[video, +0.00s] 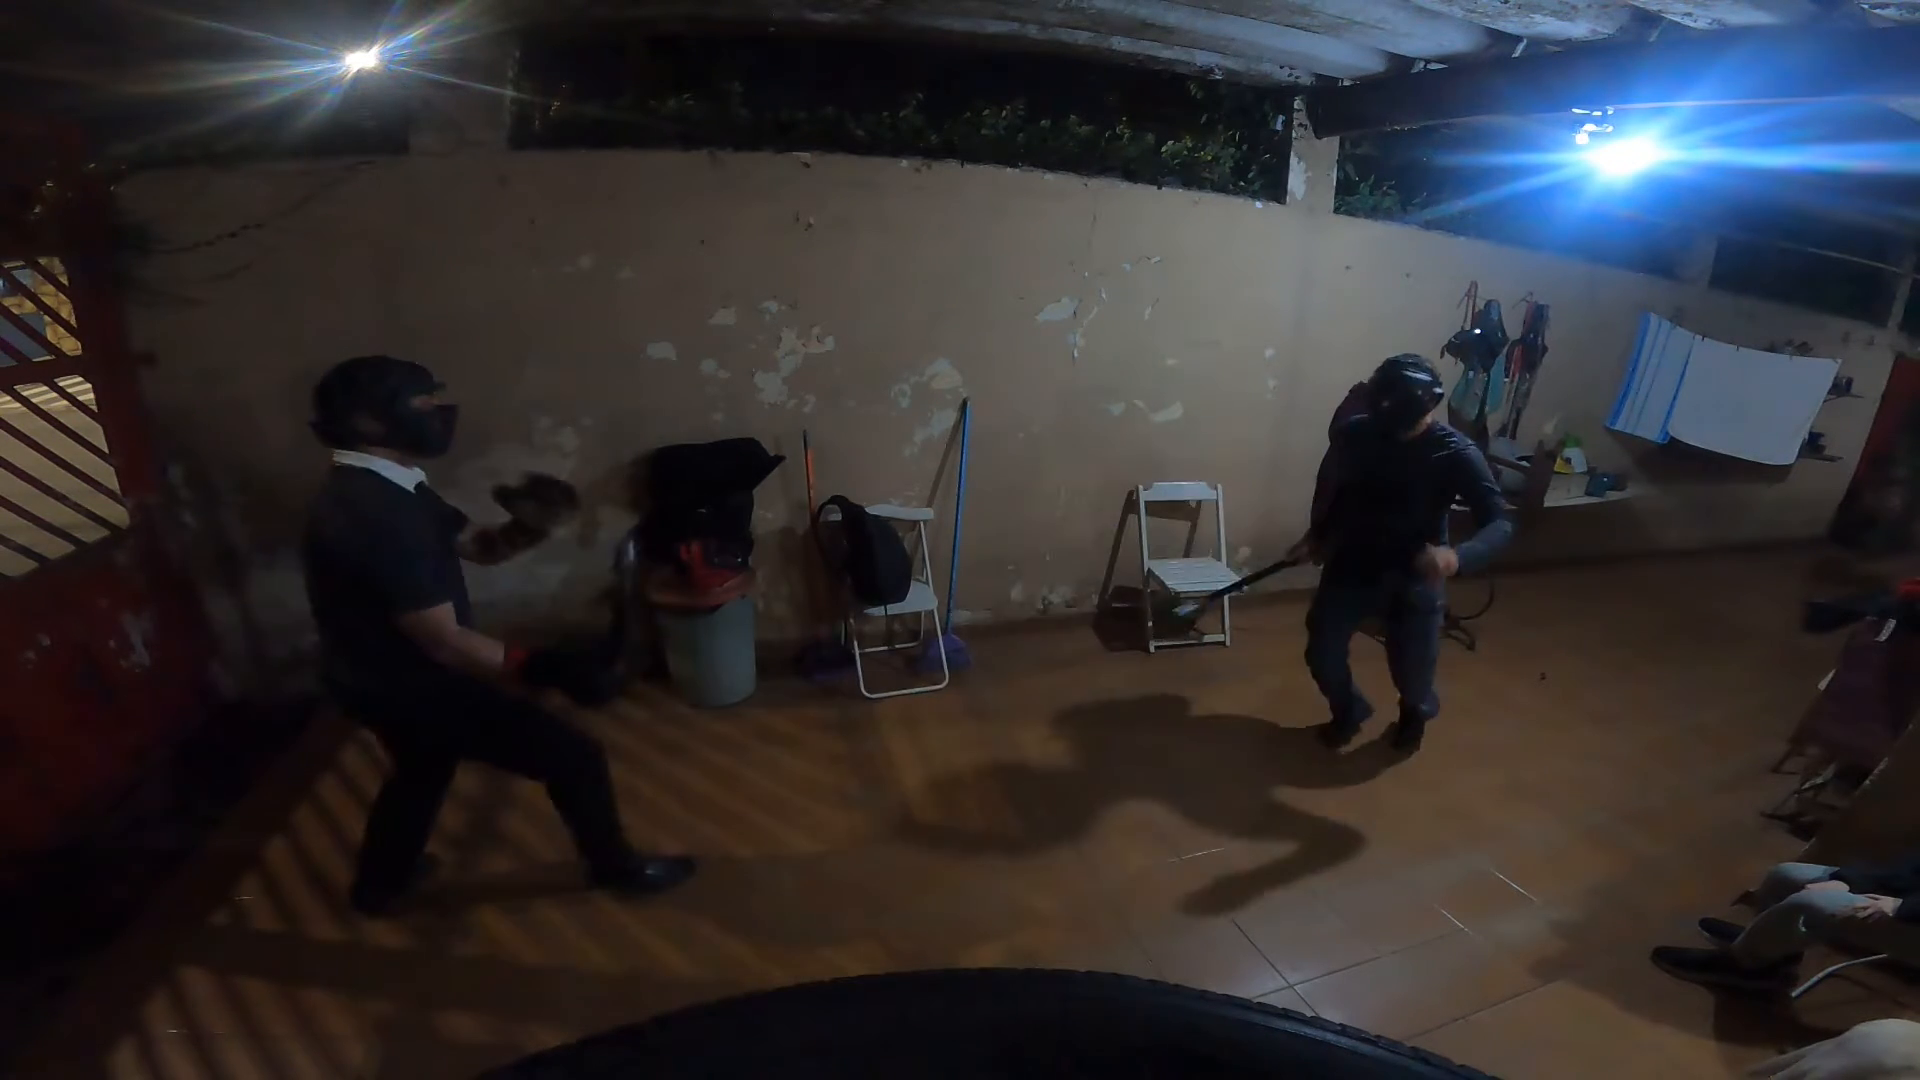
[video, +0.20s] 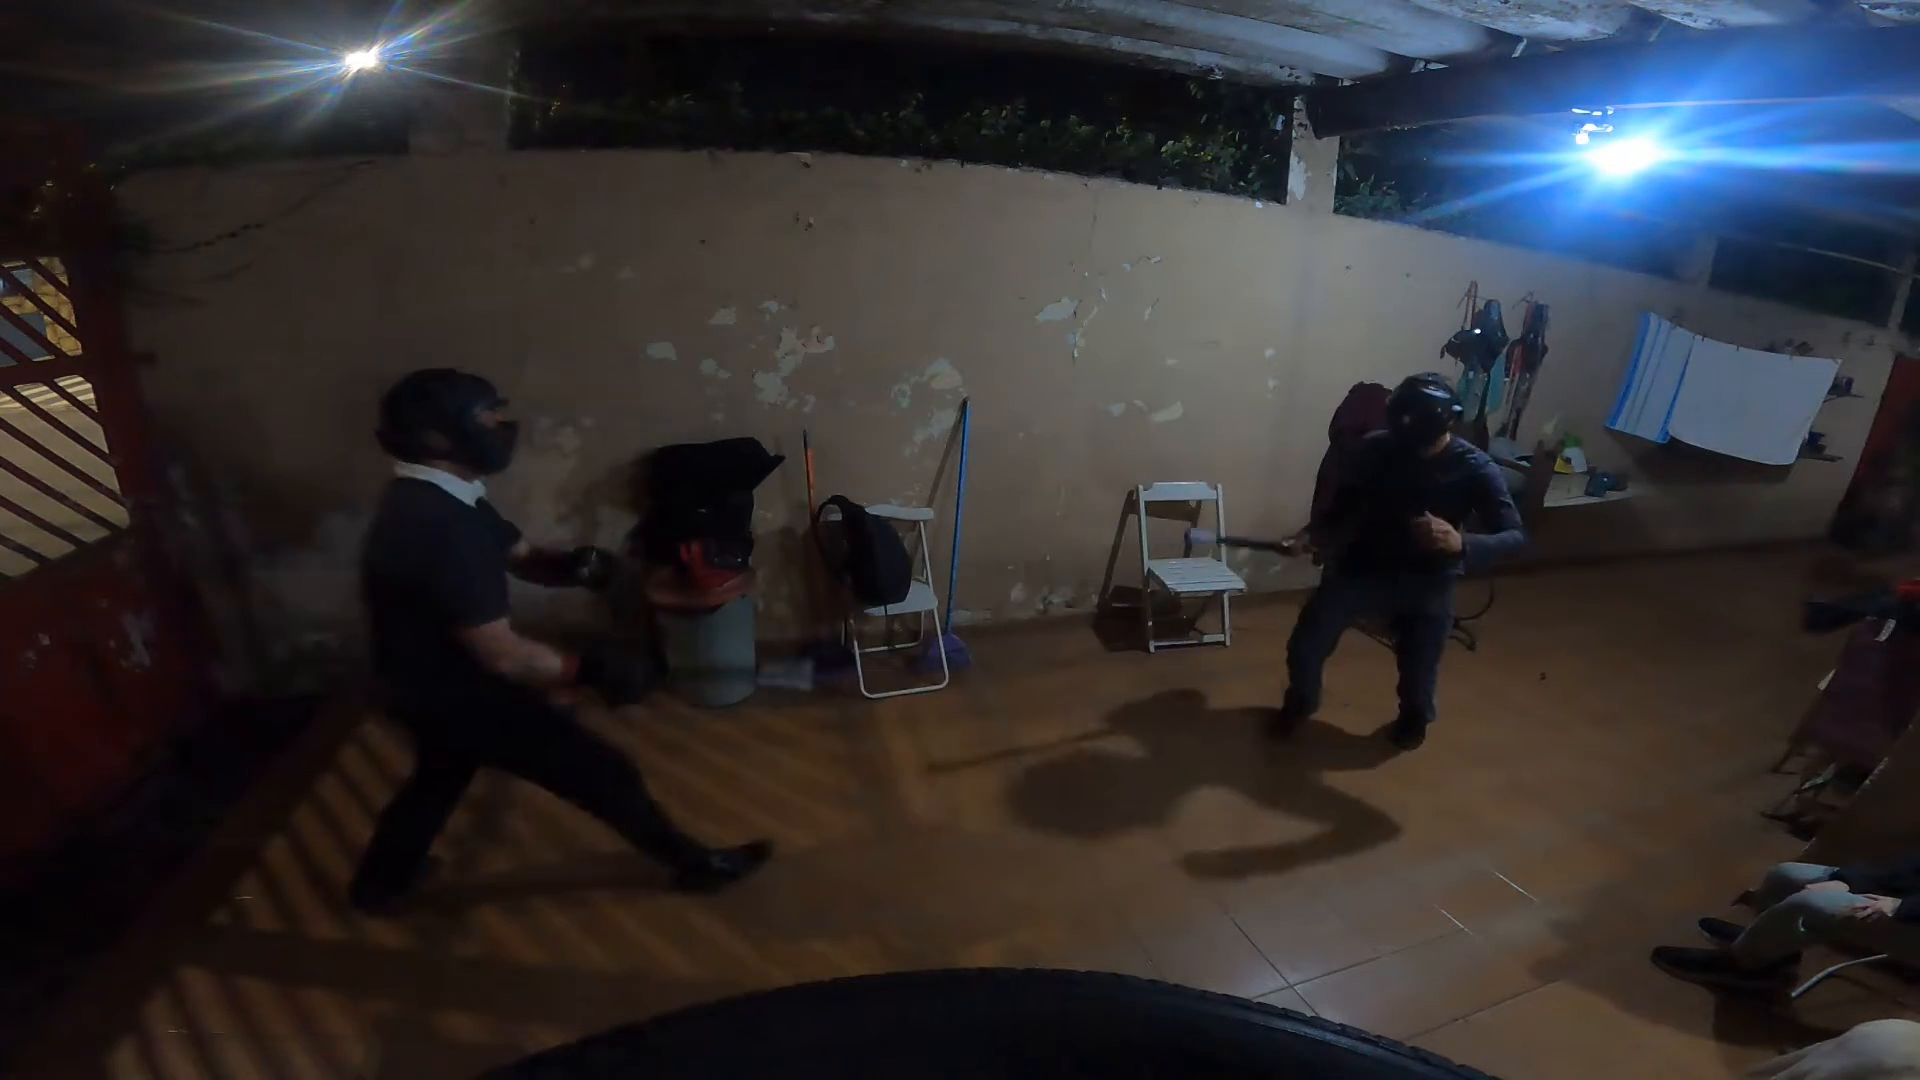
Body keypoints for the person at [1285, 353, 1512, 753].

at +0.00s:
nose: (1393, 424)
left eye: (1404, 416)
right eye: (1387, 413)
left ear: (1427, 410)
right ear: (1377, 402)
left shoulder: (1454, 453)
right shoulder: (1354, 435)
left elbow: (1500, 525)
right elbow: (1331, 493)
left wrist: (1458, 556)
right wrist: (1316, 537)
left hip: (1414, 571)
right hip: (1353, 560)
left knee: (1411, 671)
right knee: (1322, 655)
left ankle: (1414, 714)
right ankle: (1348, 711)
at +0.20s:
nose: (1410, 444)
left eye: (1419, 436)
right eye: (1403, 432)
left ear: (1445, 426)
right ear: (1394, 423)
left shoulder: (1475, 469)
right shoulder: (1375, 451)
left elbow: (1515, 537)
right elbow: (1344, 510)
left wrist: (1463, 541)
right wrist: (1315, 538)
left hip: (1427, 578)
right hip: (1362, 566)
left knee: (1418, 663)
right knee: (1304, 645)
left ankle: (1414, 720)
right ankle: (1301, 700)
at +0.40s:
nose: (1393, 438)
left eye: (1402, 431)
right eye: (1388, 429)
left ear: (1424, 422)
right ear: (1379, 416)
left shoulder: (1455, 464)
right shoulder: (1354, 445)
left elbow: (1485, 523)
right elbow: (1320, 493)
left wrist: (1472, 577)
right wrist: (1278, 531)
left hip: (1407, 575)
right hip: (1343, 564)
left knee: (1404, 661)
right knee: (1298, 629)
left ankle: (1410, 720)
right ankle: (1265, 707)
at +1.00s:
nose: (1306, 504)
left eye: (1313, 495)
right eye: (1296, 494)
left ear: (1330, 487)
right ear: (1283, 482)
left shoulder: (1350, 520)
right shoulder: (1256, 504)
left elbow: (1357, 584)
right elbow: (1182, 548)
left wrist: (1313, 604)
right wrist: (1199, 592)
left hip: (1316, 616)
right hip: (1250, 609)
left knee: (1356, 698)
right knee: (1200, 687)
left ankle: (1348, 720)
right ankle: (1127, 760)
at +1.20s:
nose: (1311, 528)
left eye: (1317, 520)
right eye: (1303, 519)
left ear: (1323, 515)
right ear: (1278, 515)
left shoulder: (1334, 532)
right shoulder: (1240, 535)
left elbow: (1380, 555)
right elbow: (1163, 563)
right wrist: (1081, 580)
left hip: (1299, 626)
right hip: (1235, 626)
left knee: (1351, 694)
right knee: (1196, 703)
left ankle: (1347, 720)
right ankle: (1126, 764)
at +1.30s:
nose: (1312, 510)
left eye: (1319, 500)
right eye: (1302, 499)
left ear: (1326, 495)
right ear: (1278, 494)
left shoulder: (1339, 521)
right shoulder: (1240, 516)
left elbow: (1388, 549)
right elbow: (1185, 552)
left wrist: (1447, 580)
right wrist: (1134, 582)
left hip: (1304, 625)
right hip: (1239, 621)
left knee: (1345, 686)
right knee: (1193, 696)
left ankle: (1348, 722)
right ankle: (1128, 760)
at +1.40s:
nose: (1299, 484)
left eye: (1306, 475)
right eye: (1289, 474)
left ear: (1317, 468)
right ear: (1268, 467)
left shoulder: (1343, 502)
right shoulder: (1237, 493)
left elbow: (1393, 542)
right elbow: (1200, 538)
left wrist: (1449, 583)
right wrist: (1161, 582)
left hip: (1309, 611)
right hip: (1242, 605)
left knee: (1343, 680)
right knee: (1190, 683)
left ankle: (1349, 721)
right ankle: (1132, 759)